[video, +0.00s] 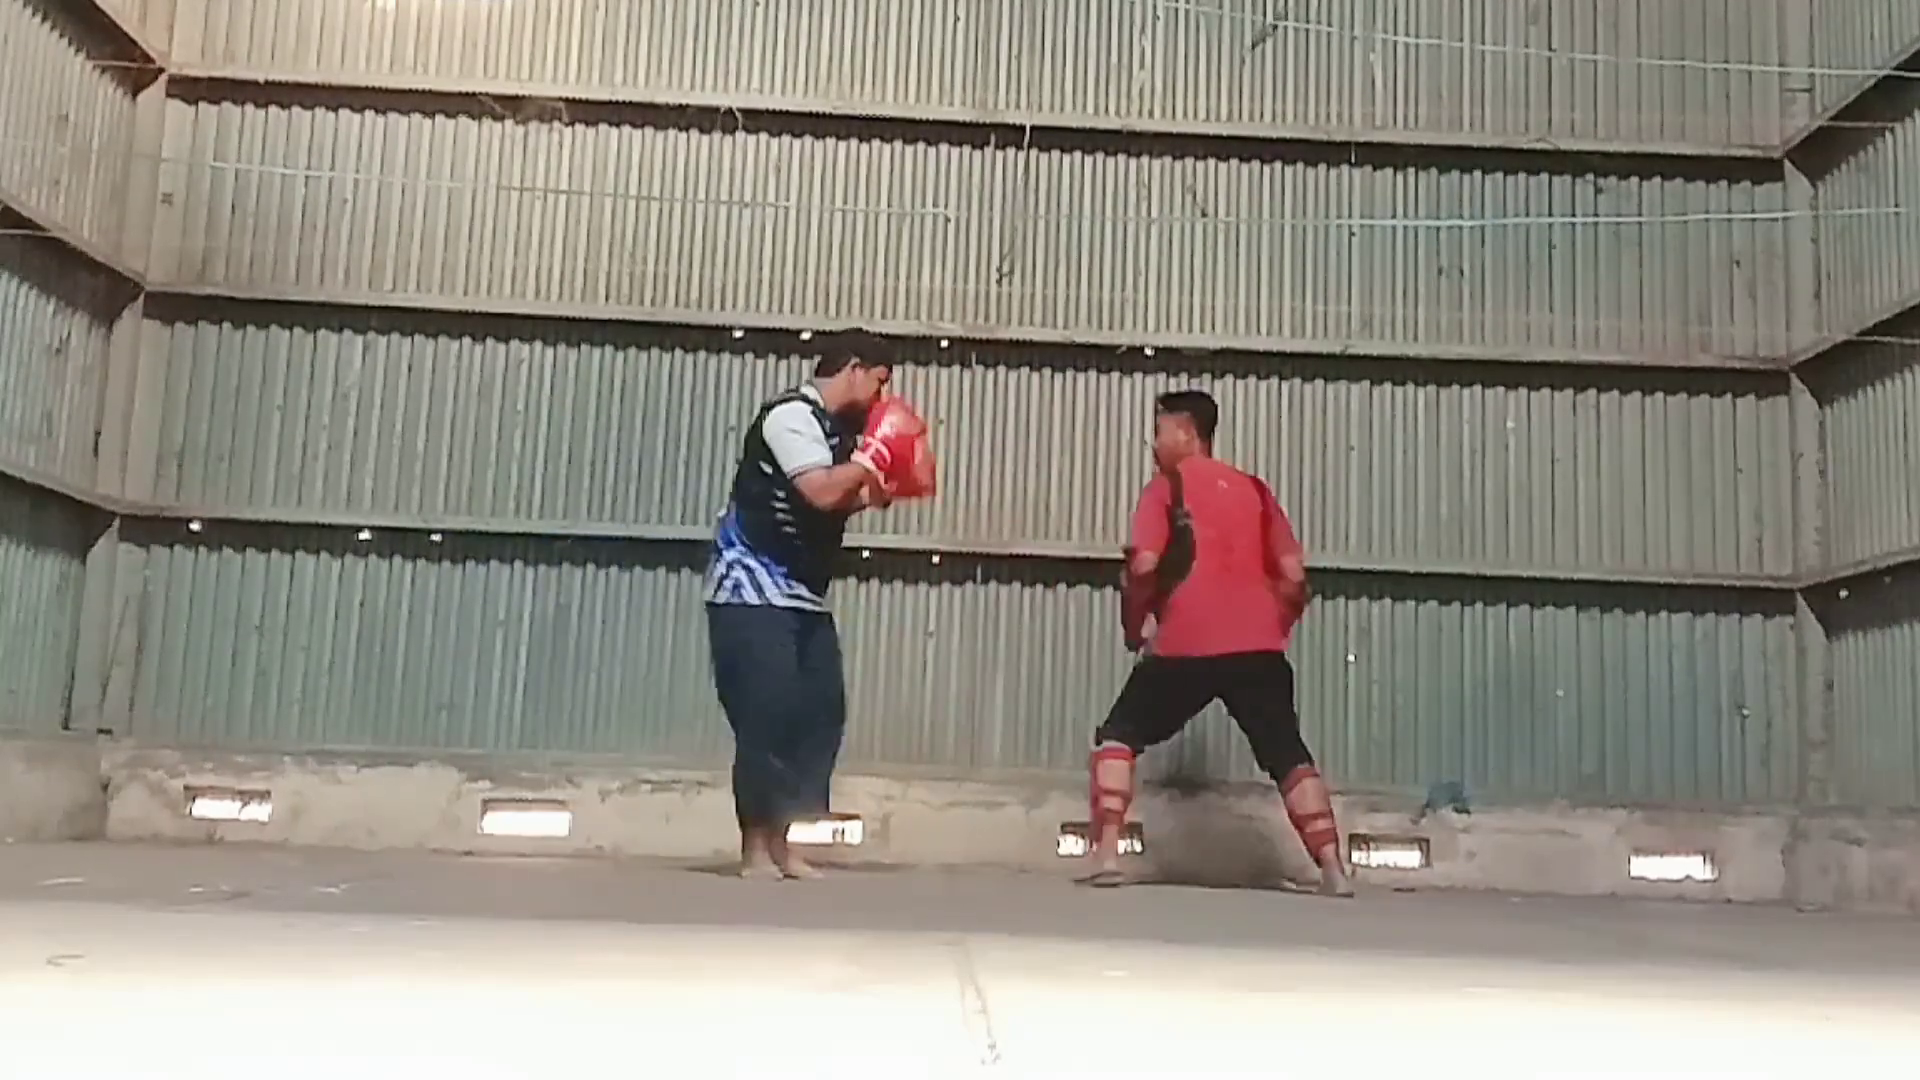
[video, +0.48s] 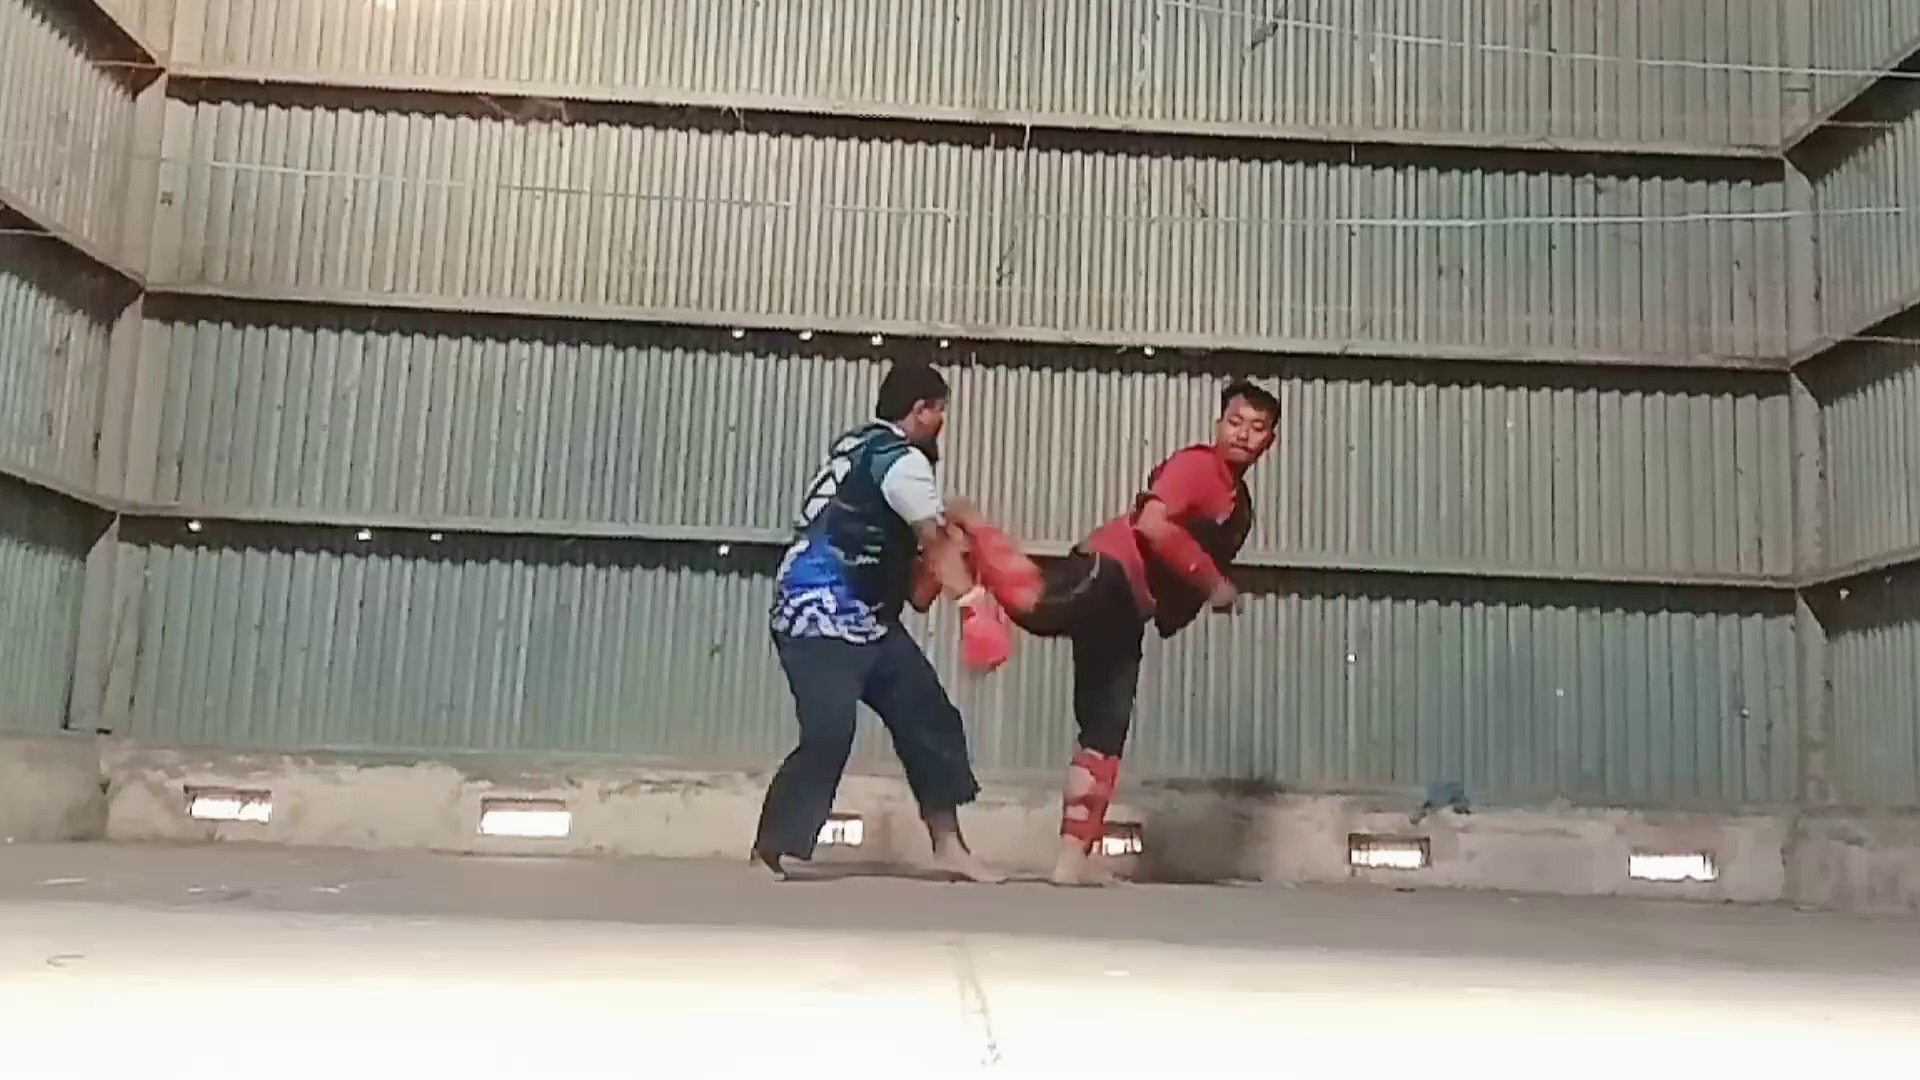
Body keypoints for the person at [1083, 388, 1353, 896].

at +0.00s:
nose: (1153, 442)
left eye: (1159, 430)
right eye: (1155, 430)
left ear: (1185, 431)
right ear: (1200, 435)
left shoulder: (1165, 489)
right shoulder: (1255, 488)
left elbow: (1143, 565)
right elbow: (1293, 576)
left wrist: (1132, 629)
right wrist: (1270, 635)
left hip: (1186, 653)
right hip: (1257, 653)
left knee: (1117, 737)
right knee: (1288, 756)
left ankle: (1106, 855)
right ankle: (1333, 868)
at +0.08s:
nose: (1165, 447)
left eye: (1171, 437)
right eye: (1167, 437)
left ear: (1195, 439)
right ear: (1215, 443)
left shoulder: (1166, 496)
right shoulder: (1265, 495)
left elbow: (1133, 576)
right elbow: (1296, 578)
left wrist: (1148, 599)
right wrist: (1292, 639)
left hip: (1191, 656)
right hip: (1263, 655)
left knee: (1131, 743)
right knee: (1287, 753)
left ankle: (1132, 851)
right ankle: (1332, 864)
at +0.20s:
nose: (1235, 427)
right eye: (1239, 418)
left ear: (1193, 412)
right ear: (1241, 418)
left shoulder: (1156, 466)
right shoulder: (1250, 467)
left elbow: (1138, 539)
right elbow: (1262, 543)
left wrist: (1161, 592)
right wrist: (1284, 621)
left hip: (1154, 616)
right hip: (1223, 617)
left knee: (1132, 735)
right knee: (1273, 728)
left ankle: (1134, 858)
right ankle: (1316, 844)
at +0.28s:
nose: (1268, 416)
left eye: (1268, 405)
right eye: (1265, 404)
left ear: (1219, 404)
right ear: (1240, 402)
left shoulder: (1178, 449)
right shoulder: (1235, 445)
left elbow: (1177, 534)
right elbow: (1229, 529)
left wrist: (1235, 581)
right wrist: (1272, 598)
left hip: (1119, 586)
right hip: (1181, 587)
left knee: (1129, 715)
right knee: (1242, 685)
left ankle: (1109, 843)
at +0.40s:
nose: (1245, 427)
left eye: (1258, 420)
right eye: (1237, 414)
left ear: (1269, 430)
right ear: (1220, 413)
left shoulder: (1235, 488)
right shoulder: (1200, 452)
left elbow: (1199, 561)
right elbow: (1169, 515)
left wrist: (1234, 581)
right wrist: (1227, 562)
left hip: (1134, 593)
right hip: (1120, 569)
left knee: (1106, 724)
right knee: (1111, 641)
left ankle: (1075, 853)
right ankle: (1035, 572)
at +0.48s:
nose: (1243, 434)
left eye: (1256, 428)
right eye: (1235, 422)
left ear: (1270, 440)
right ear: (1219, 424)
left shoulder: (1236, 503)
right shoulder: (1200, 464)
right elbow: (1153, 523)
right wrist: (1212, 581)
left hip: (1125, 614)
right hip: (1109, 573)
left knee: (1105, 729)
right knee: (1033, 608)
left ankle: (1073, 859)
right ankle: (970, 527)